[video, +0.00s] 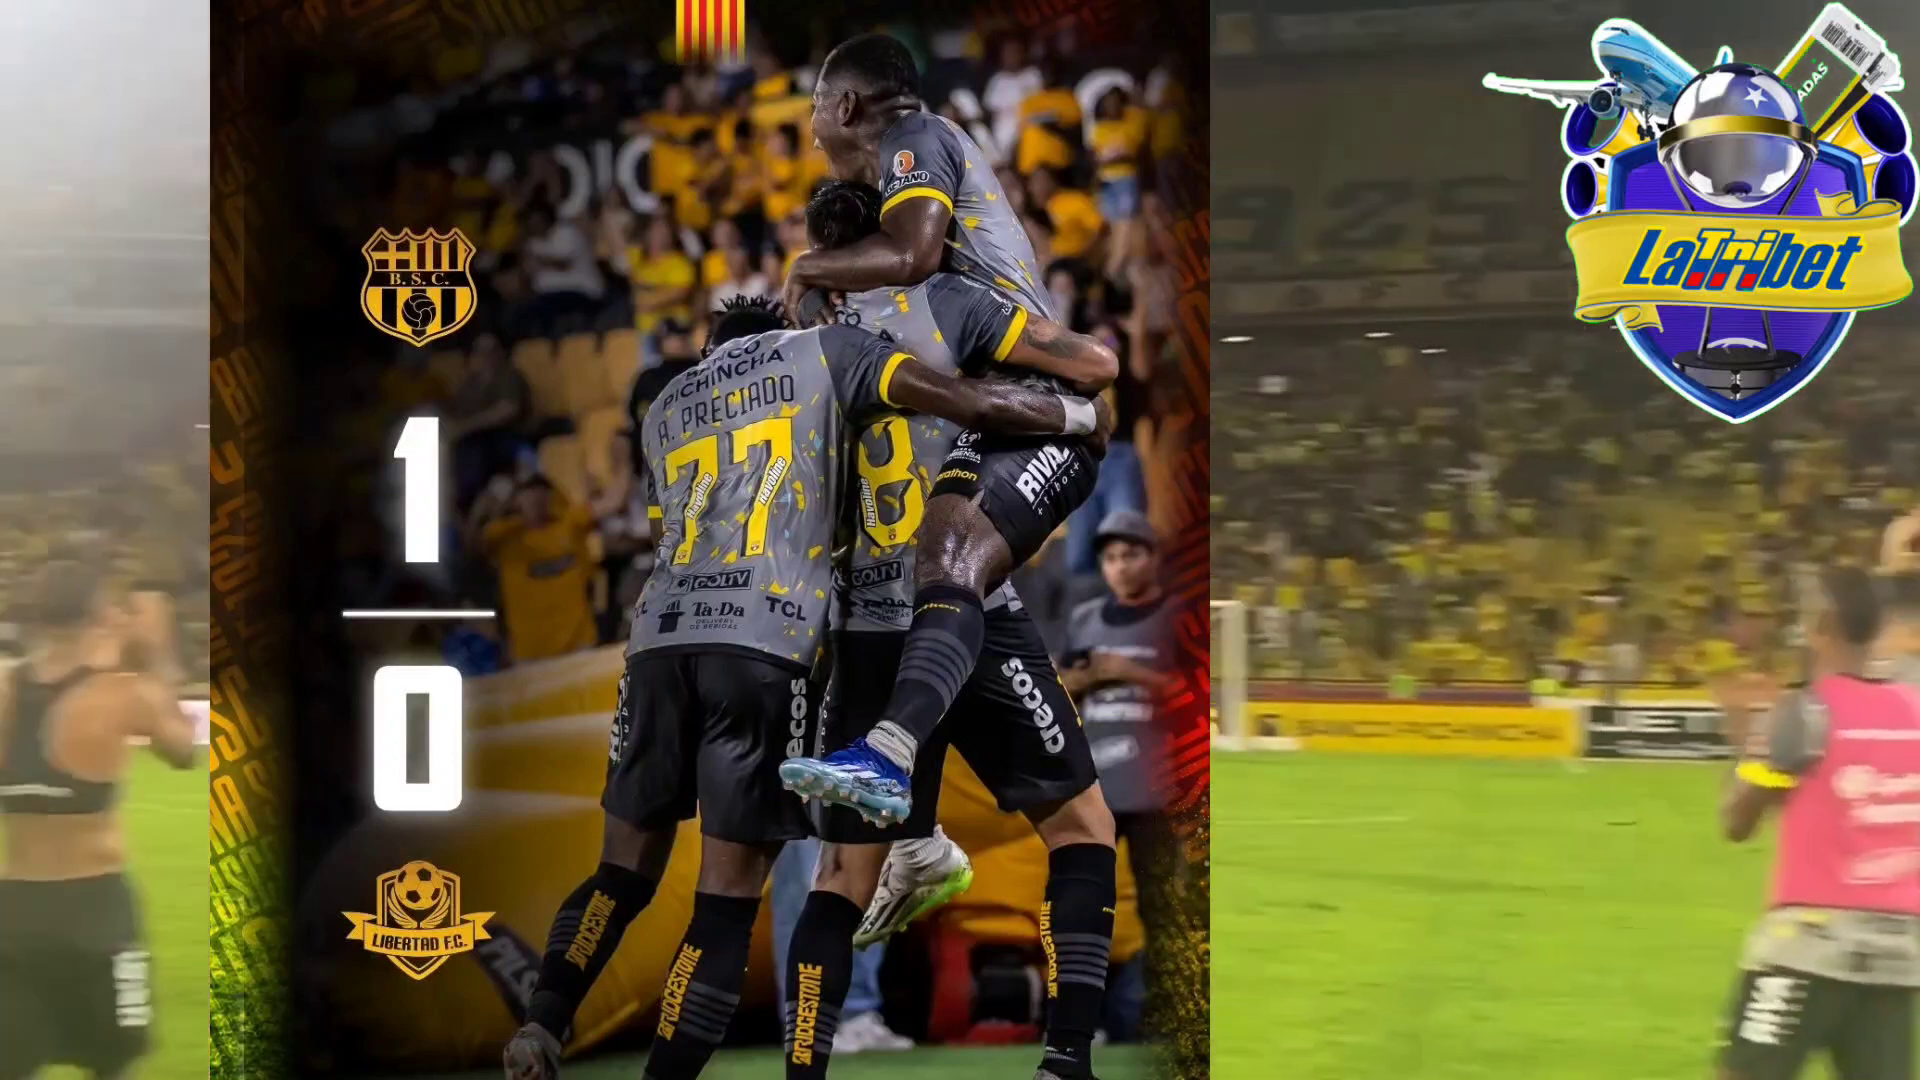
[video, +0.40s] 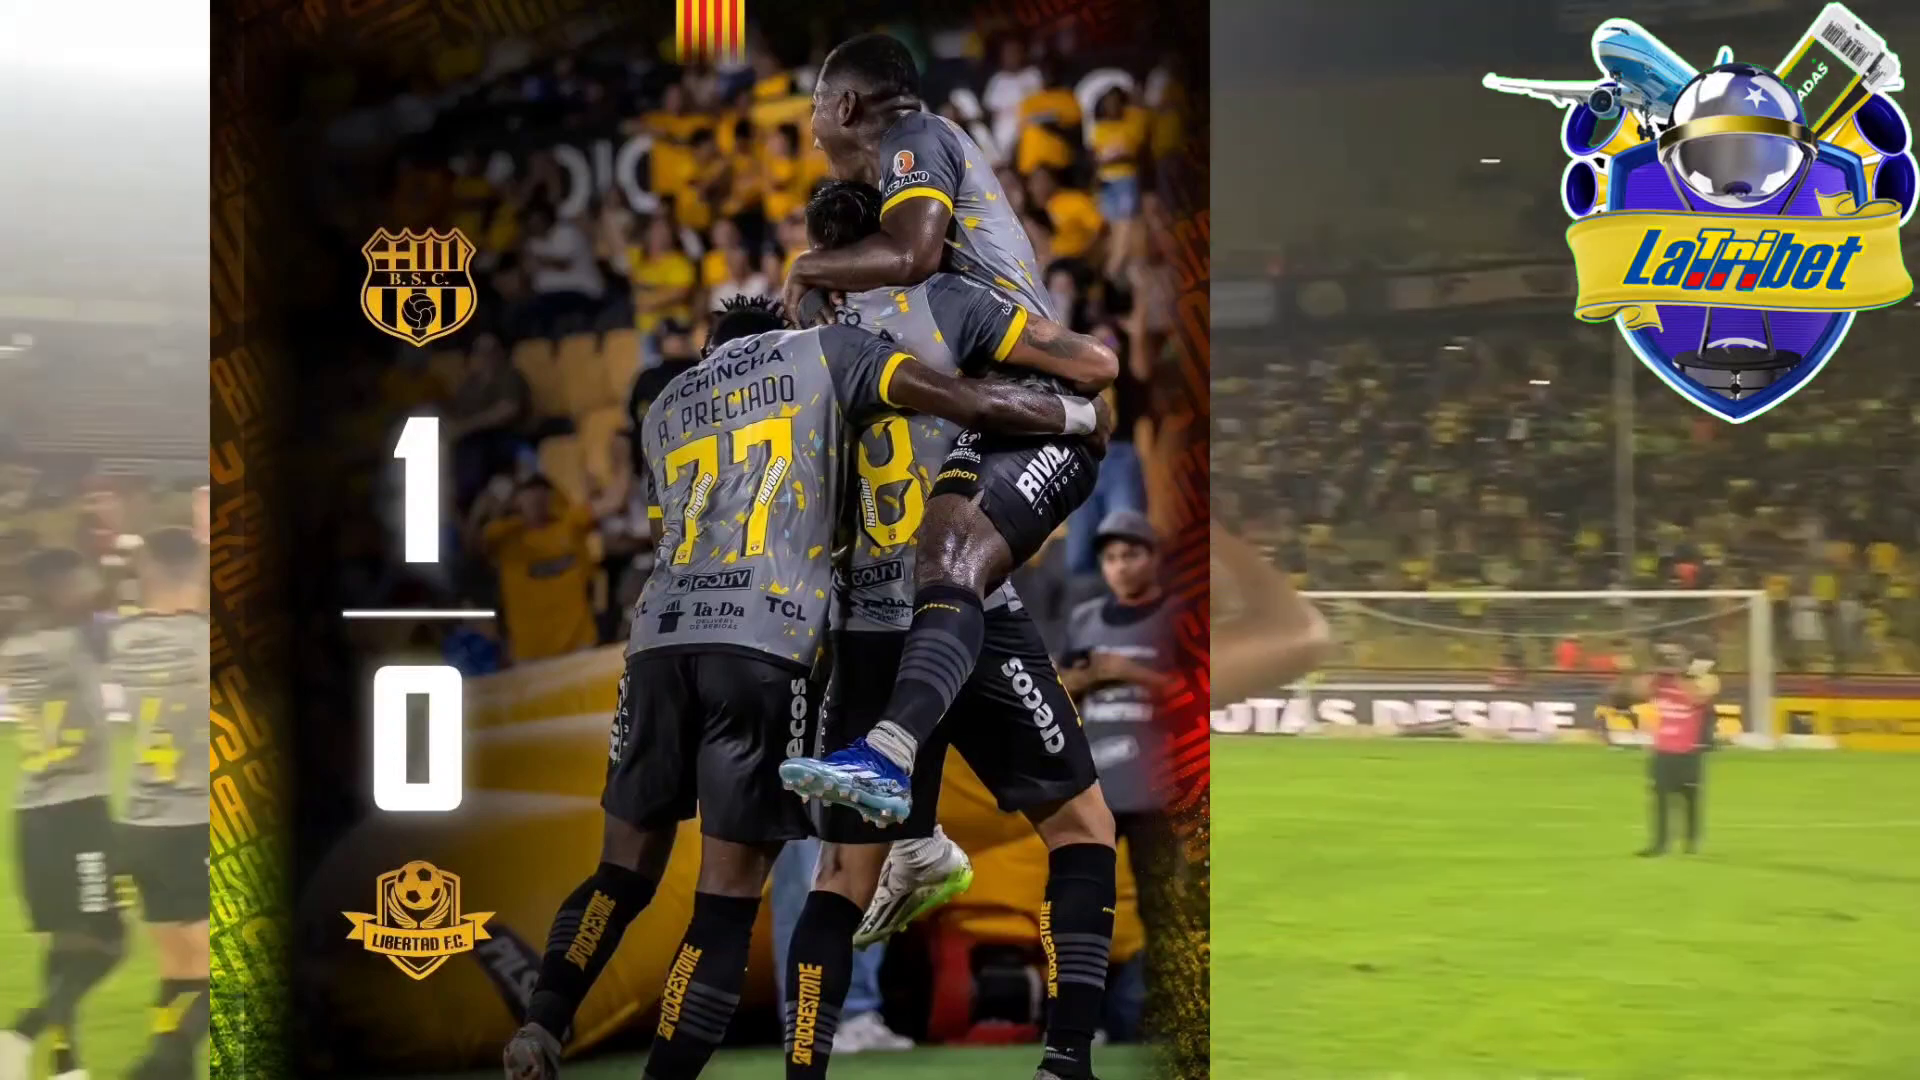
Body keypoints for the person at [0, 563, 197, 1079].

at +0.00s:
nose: (125, 616)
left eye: (119, 605)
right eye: (117, 607)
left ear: (44, 617)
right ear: (101, 616)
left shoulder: (11, 685)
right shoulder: (122, 690)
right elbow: (182, 748)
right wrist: (158, 650)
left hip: (13, 904)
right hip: (88, 905)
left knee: (14, 1061)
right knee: (114, 1060)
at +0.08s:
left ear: (177, 610)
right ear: (230, 614)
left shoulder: (143, 677)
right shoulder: (250, 683)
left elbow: (138, 787)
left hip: (164, 899)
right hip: (237, 903)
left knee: (189, 1062)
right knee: (243, 1058)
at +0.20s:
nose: (120, 602)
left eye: (115, 589)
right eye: (115, 589)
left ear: (44, 596)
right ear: (101, 596)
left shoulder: (9, 676)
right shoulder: (118, 680)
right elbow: (179, 775)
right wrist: (173, 679)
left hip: (29, 898)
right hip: (95, 898)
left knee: (108, 1060)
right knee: (59, 1065)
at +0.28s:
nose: (69, 594)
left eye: (63, 584)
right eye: (67, 584)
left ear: (7, 586)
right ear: (61, 585)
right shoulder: (82, 647)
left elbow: (168, 592)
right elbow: (169, 591)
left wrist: (107, 542)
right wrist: (109, 541)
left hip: (13, 846)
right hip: (57, 847)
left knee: (49, 1013)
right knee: (42, 1017)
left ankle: (66, 1070)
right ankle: (16, 1071)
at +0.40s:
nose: (90, 596)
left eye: (88, 585)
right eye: (81, 587)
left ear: (39, 594)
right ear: (58, 592)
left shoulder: (14, 650)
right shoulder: (73, 647)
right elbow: (106, 722)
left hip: (34, 813)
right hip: (75, 812)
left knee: (63, 940)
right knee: (107, 940)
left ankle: (66, 1060)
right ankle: (24, 1031)